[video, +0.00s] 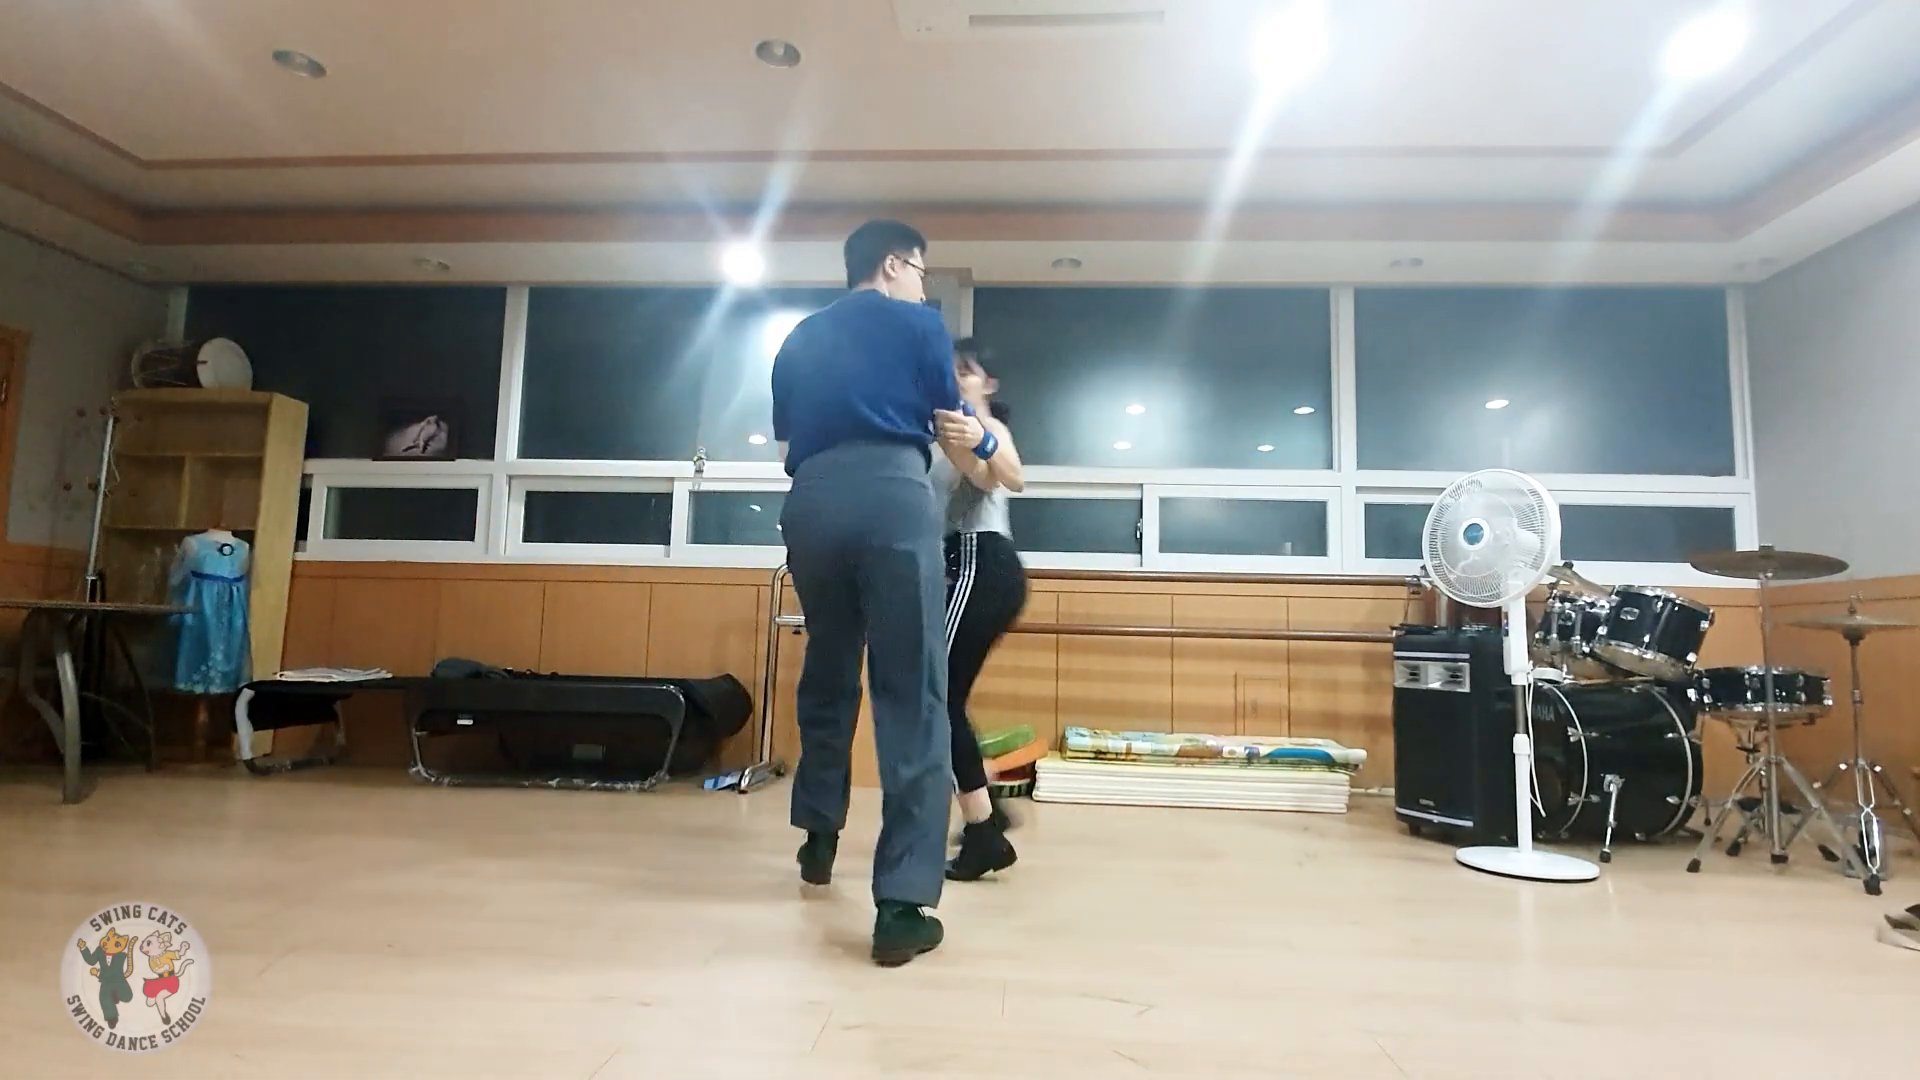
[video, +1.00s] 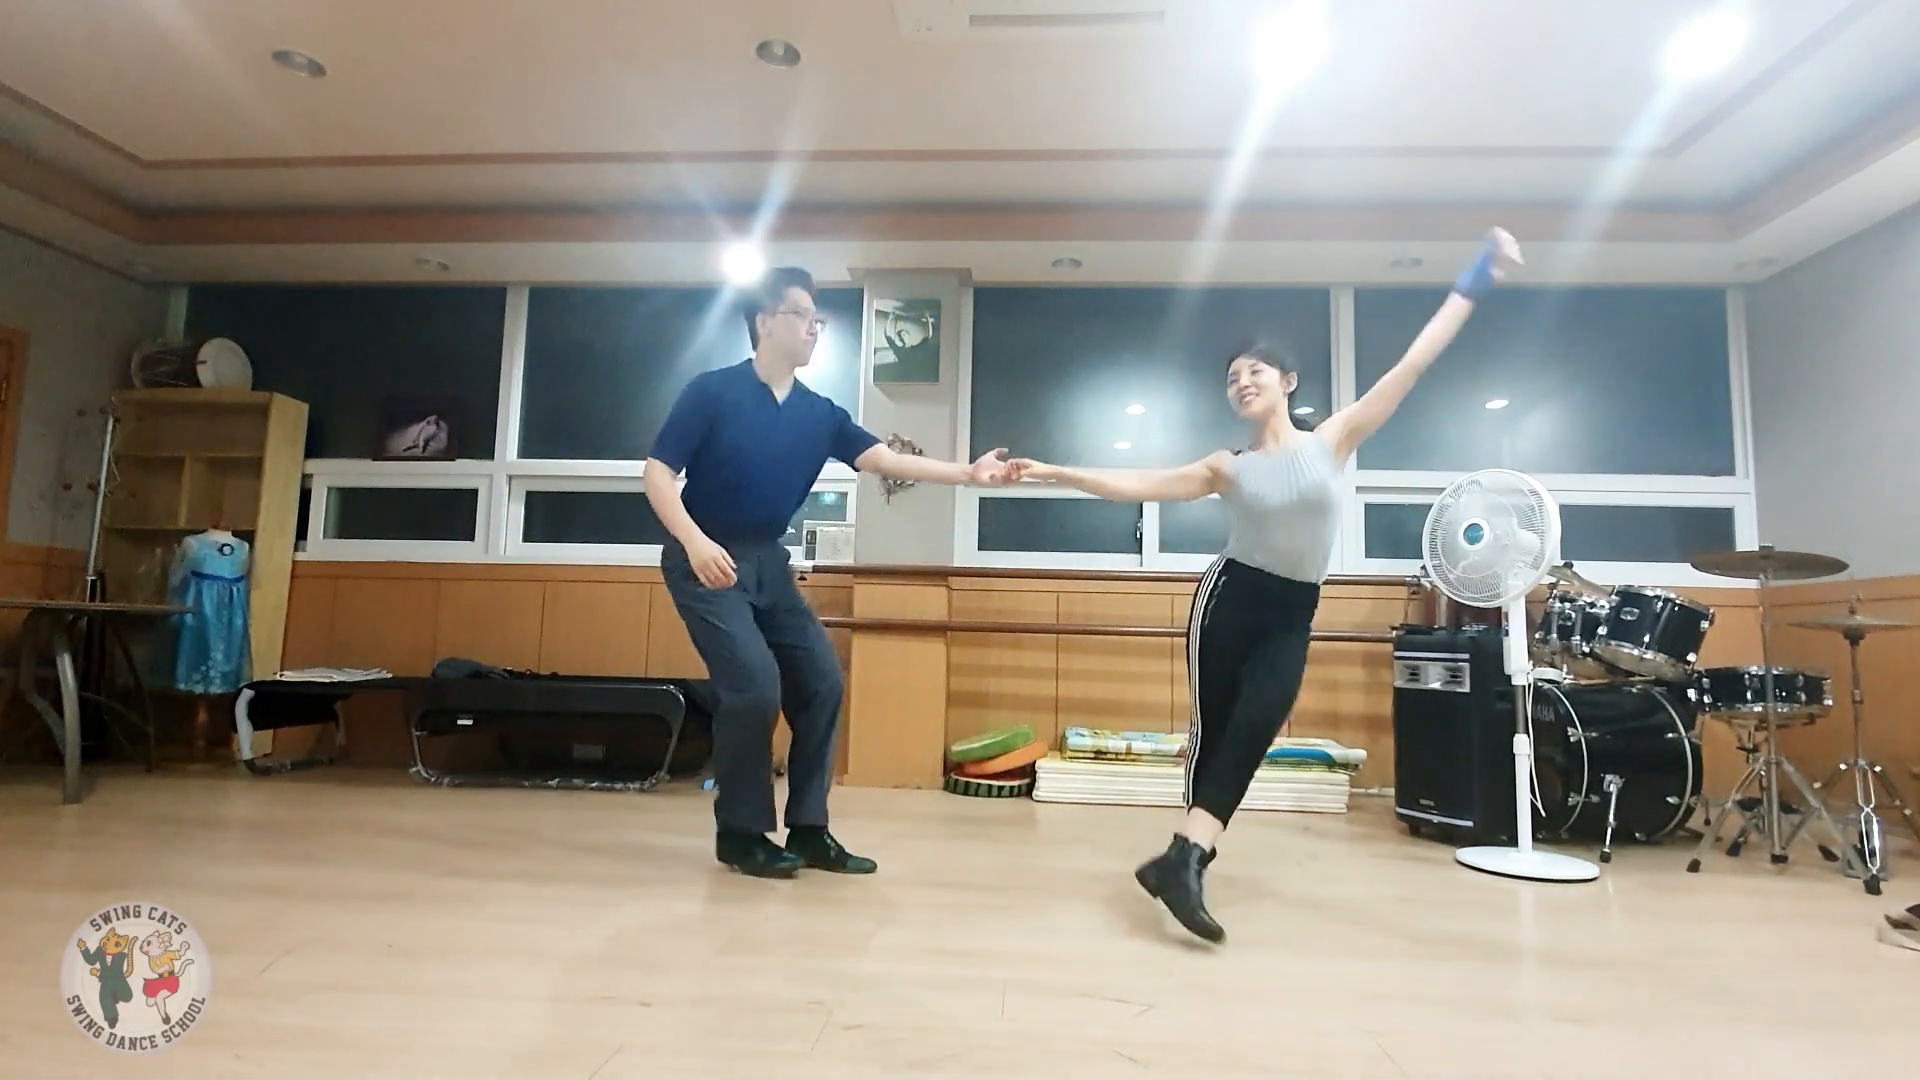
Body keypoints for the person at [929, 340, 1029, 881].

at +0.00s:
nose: (955, 383)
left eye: (963, 374)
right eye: (951, 376)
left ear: (987, 381)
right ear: (953, 382)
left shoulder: (986, 425)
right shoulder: (947, 426)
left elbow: (1009, 477)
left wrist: (974, 435)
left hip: (981, 562)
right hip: (969, 563)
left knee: (943, 693)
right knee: (945, 693)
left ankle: (981, 828)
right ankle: (983, 817)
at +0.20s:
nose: (1061, 405)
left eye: (1071, 394)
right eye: (1062, 394)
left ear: (1100, 397)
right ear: (1104, 400)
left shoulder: (1096, 451)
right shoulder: (1123, 451)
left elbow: (1069, 525)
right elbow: (1066, 518)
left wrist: (1002, 496)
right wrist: (1013, 509)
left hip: (1090, 587)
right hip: (1136, 588)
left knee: (1024, 716)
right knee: (1146, 723)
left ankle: (996, 846)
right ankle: (1210, 841)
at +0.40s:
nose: (1147, 387)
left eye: (1158, 377)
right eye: (1147, 377)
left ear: (1192, 383)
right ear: (1182, 386)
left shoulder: (1198, 443)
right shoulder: (1178, 437)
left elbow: (1203, 532)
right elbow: (1112, 465)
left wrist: (1152, 582)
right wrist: (1039, 456)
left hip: (1207, 570)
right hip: (1255, 574)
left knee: (1139, 691)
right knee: (1227, 710)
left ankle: (1122, 803)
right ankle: (1227, 848)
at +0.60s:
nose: (1210, 380)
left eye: (1225, 370)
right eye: (1205, 371)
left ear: (1257, 380)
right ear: (1201, 382)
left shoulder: (1281, 445)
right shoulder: (1203, 447)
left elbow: (1336, 524)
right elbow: (1131, 473)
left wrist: (1390, 590)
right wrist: (1054, 461)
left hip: (1290, 587)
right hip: (1263, 590)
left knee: (1236, 717)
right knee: (1237, 716)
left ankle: (1307, 854)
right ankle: (1249, 851)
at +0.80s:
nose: (1246, 365)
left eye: (1259, 353)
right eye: (1236, 357)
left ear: (1290, 362)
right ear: (1231, 372)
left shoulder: (1332, 423)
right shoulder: (1220, 441)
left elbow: (1436, 425)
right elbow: (1134, 467)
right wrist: (1052, 452)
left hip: (1317, 583)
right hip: (1255, 583)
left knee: (1269, 709)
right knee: (1183, 686)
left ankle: (1294, 855)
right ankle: (1200, 815)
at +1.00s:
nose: (1243, 381)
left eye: (1256, 370)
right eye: (1234, 377)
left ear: (1290, 383)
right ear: (1231, 398)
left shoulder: (1334, 439)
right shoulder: (1227, 467)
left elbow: (1415, 362)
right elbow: (1134, 485)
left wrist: (1473, 283)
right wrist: (1046, 472)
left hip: (1292, 612)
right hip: (1230, 599)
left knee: (1256, 726)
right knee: (1215, 728)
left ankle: (1182, 862)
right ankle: (1192, 861)